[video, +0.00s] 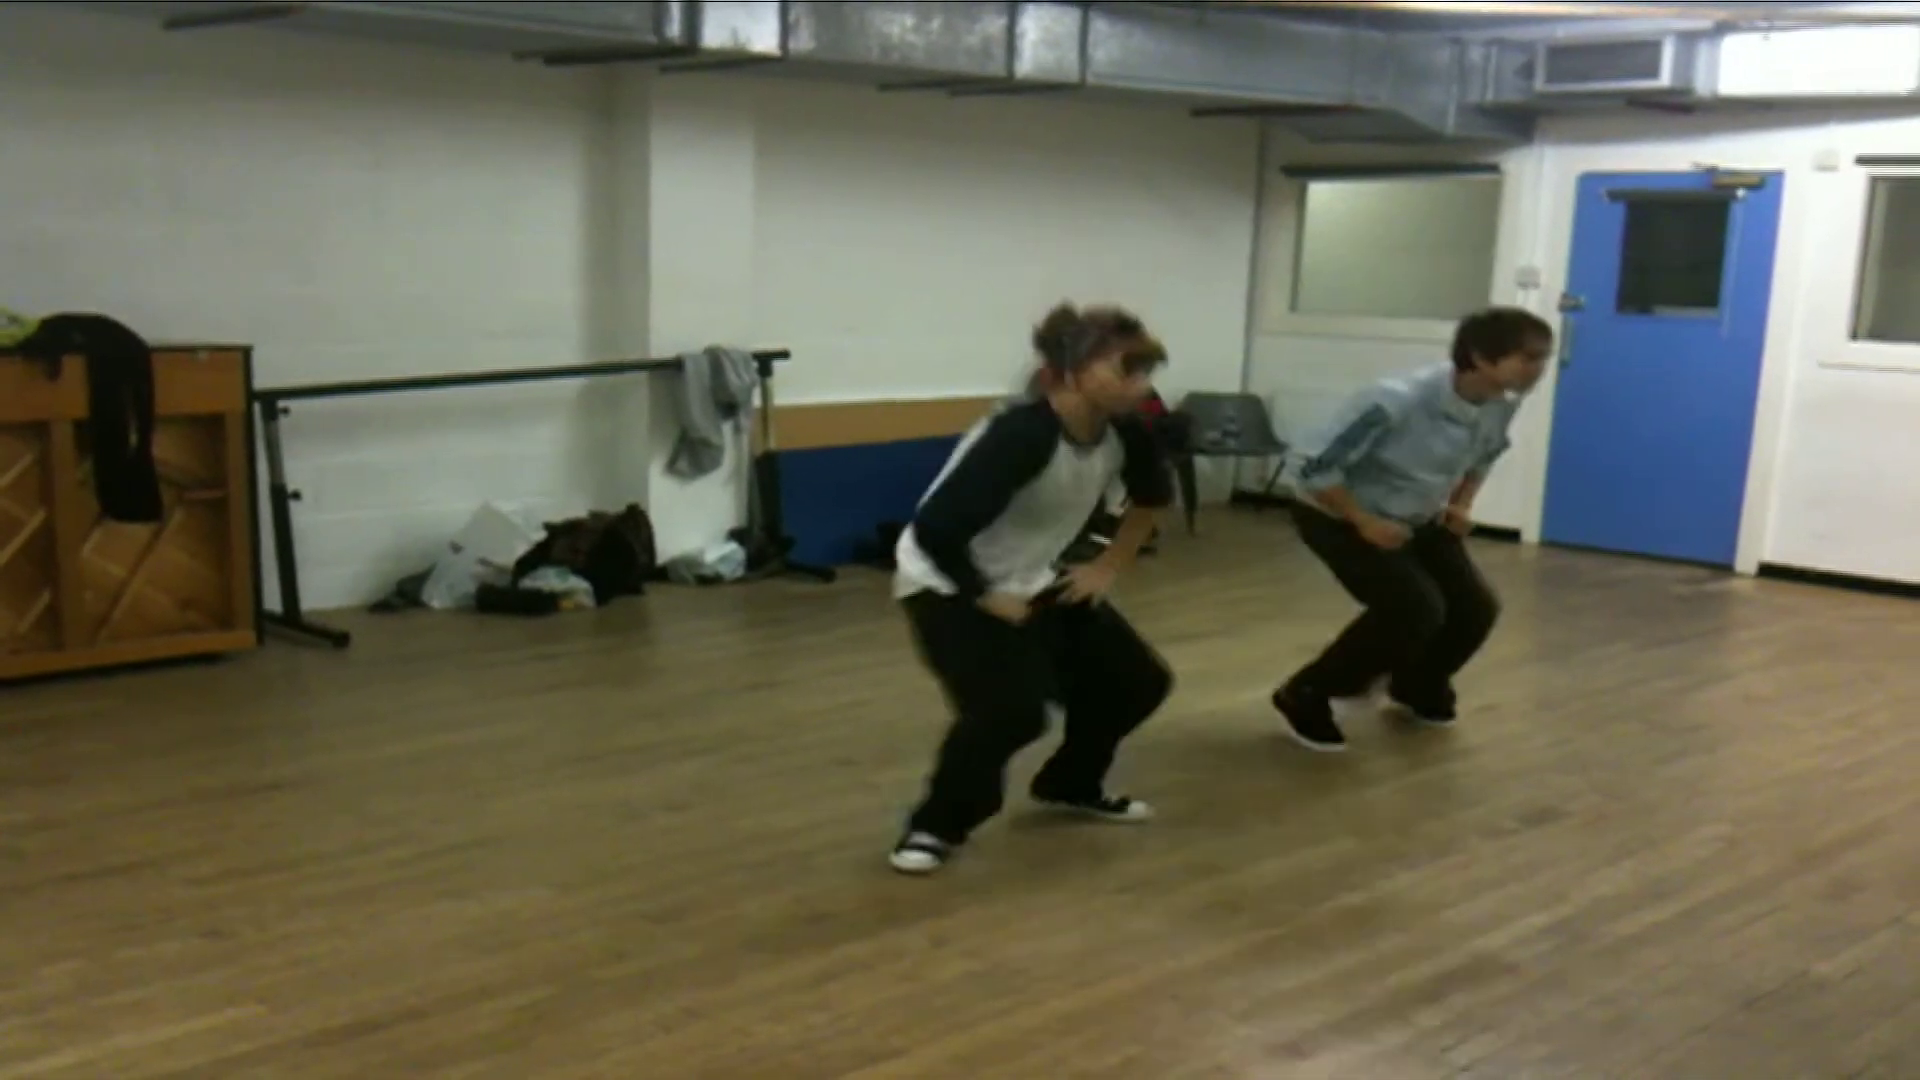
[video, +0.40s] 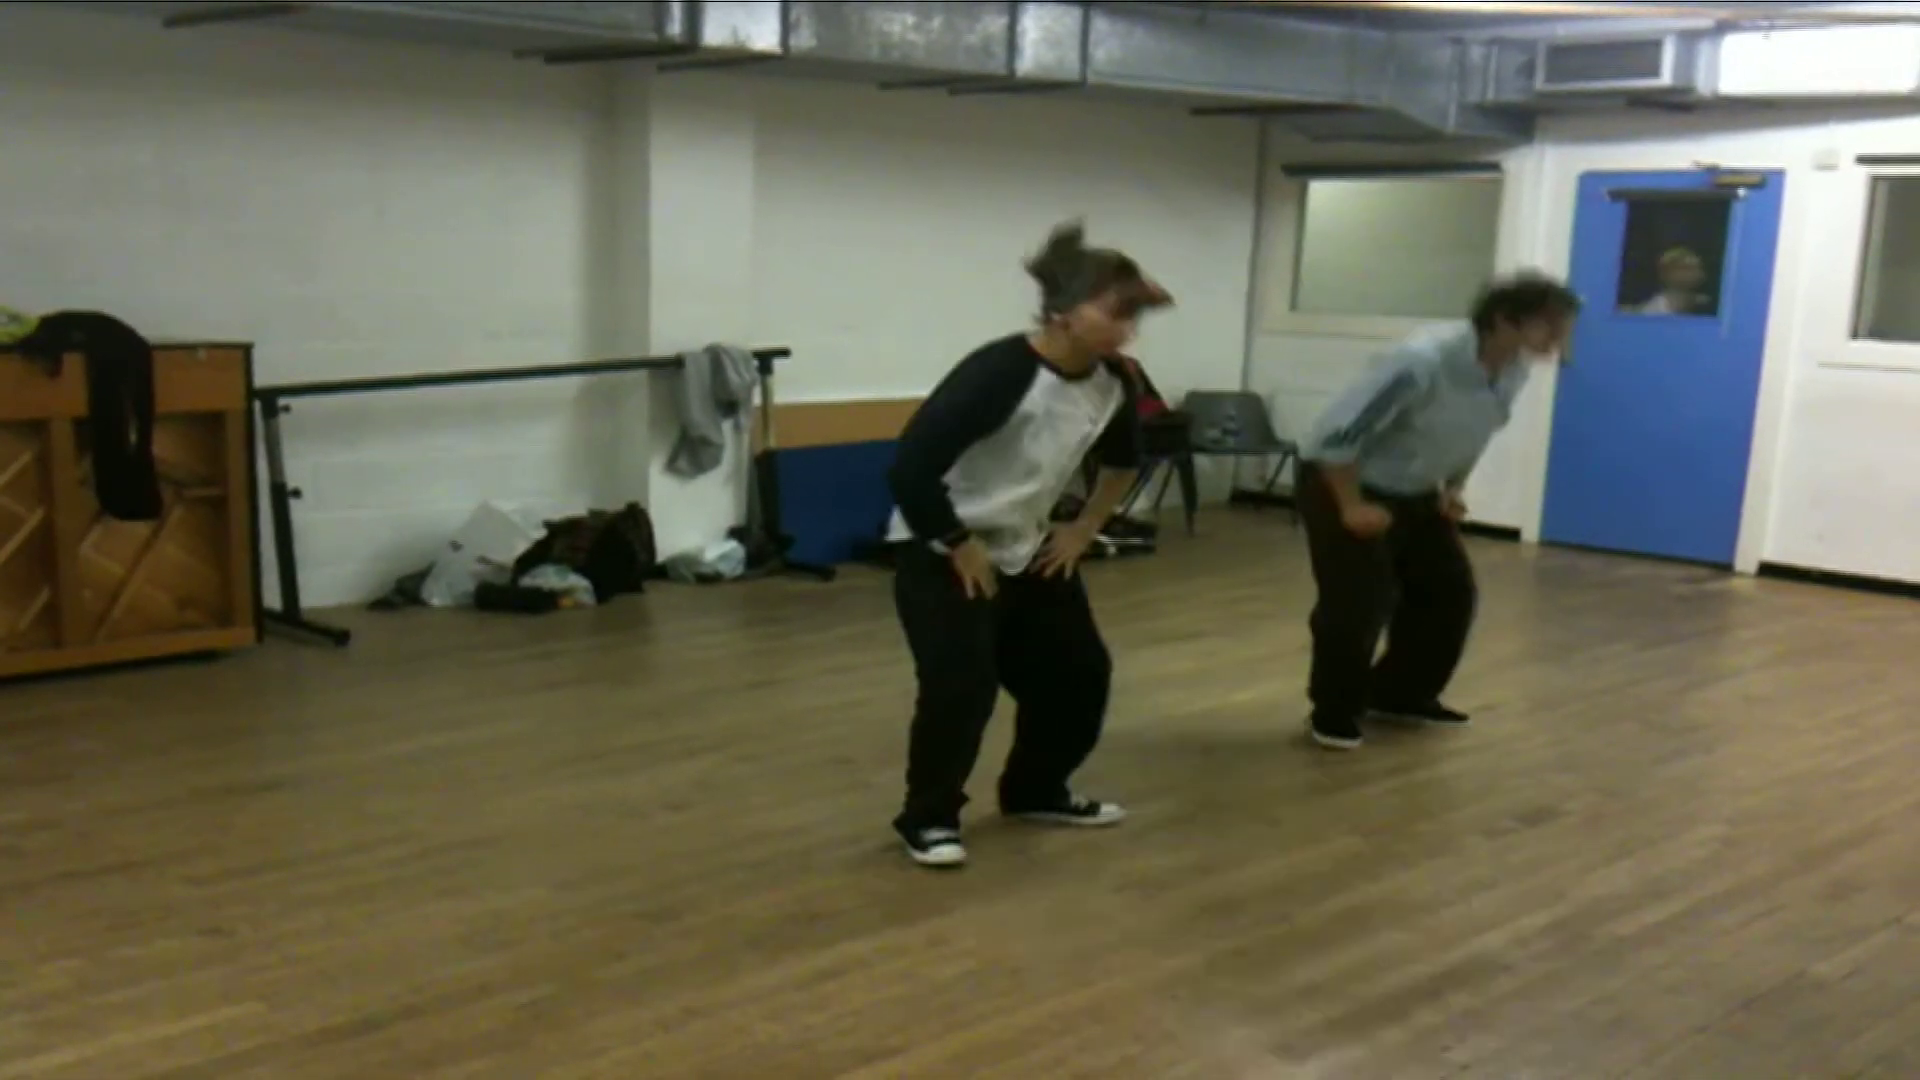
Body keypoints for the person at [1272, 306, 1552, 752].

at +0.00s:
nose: (1536, 372)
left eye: (1539, 361)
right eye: (1527, 360)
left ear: (1484, 365)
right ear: (1481, 361)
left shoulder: (1499, 411)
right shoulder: (1393, 403)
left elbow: (1481, 460)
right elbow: (1313, 469)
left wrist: (1459, 507)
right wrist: (1363, 521)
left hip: (1414, 521)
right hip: (1337, 518)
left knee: (1475, 607)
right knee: (1414, 607)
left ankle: (1418, 681)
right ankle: (1305, 692)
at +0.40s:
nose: (1553, 343)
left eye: (1557, 332)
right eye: (1546, 329)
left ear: (1509, 325)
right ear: (1505, 321)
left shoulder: (1511, 373)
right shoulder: (1421, 363)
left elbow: (1468, 434)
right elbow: (1334, 438)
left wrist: (1452, 488)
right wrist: (1351, 503)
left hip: (1411, 493)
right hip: (1343, 487)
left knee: (1447, 593)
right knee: (1358, 594)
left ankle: (1402, 692)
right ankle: (1334, 711)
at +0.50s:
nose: (1531, 285)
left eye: (1532, 274)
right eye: (1522, 272)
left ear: (1495, 279)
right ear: (1480, 273)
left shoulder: (1499, 336)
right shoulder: (1409, 326)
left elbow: (1476, 413)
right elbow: (1349, 417)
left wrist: (1453, 471)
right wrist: (1368, 484)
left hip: (1417, 476)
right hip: (1348, 470)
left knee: (1416, 587)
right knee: (1353, 590)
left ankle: (1399, 689)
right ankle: (1331, 706)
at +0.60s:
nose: (1484, 266)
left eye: (1489, 256)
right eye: (1471, 255)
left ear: (1493, 264)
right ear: (1436, 263)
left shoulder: (1483, 334)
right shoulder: (1386, 328)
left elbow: (1474, 412)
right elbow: (1348, 424)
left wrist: (1457, 476)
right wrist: (1373, 489)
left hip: (1425, 485)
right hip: (1356, 482)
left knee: (1417, 595)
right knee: (1361, 595)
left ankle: (1399, 690)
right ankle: (1333, 709)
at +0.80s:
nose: (1412, 288)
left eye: (1426, 279)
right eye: (1399, 279)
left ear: (1449, 292)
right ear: (1383, 291)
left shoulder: (1460, 358)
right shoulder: (1349, 354)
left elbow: (1447, 437)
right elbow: (1314, 452)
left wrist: (1440, 503)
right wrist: (1337, 518)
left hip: (1400, 494)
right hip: (1328, 491)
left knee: (1439, 592)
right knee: (1349, 595)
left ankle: (1417, 690)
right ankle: (1328, 704)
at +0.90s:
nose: (1376, 321)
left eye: (1391, 311)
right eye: (1366, 311)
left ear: (1416, 323)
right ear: (1353, 322)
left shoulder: (1446, 383)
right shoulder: (1321, 377)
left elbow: (1477, 433)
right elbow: (1305, 465)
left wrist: (1460, 500)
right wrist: (1374, 509)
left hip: (1378, 526)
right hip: (1295, 522)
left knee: (1442, 633)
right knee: (1282, 622)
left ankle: (1416, 699)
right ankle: (1245, 708)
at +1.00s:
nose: (1327, 329)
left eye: (1344, 321)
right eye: (1317, 318)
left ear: (1368, 333)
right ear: (1303, 323)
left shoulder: (1379, 378)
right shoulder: (1266, 373)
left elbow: (1462, 373)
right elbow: (1280, 426)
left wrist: (1502, 418)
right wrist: (1358, 423)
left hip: (1334, 544)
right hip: (1252, 539)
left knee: (1407, 629)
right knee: (1188, 618)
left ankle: (1425, 702)